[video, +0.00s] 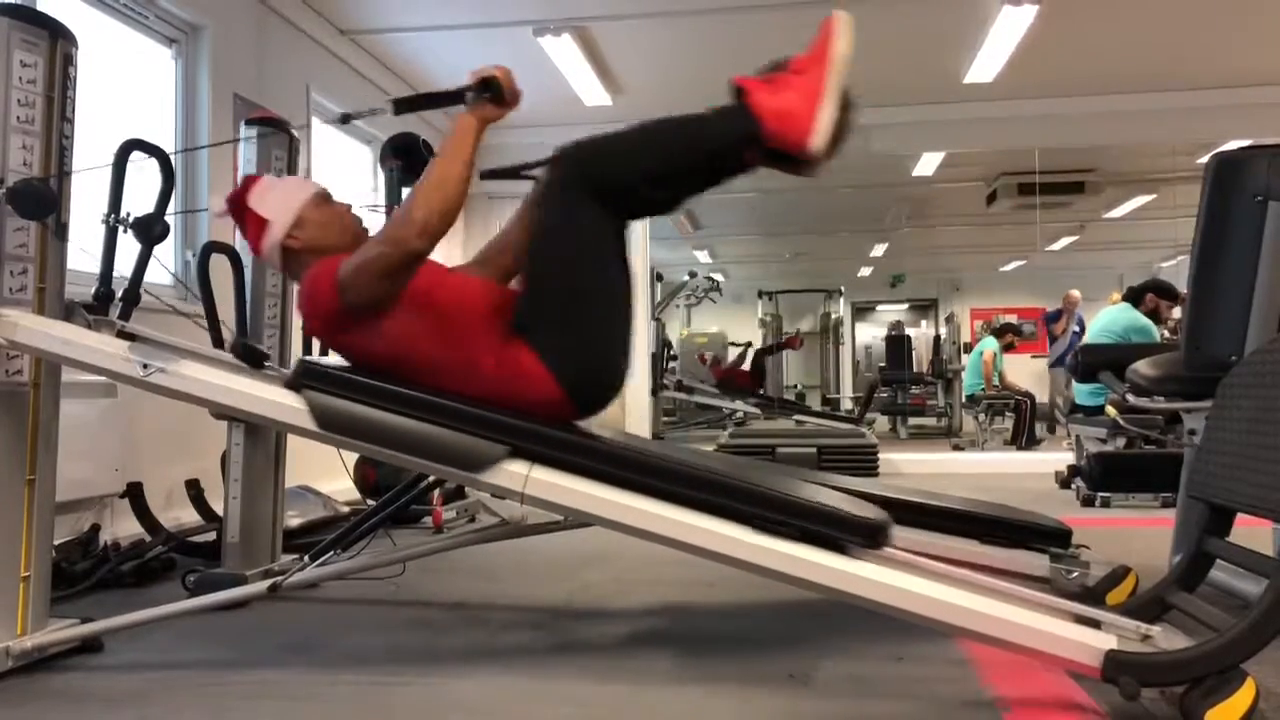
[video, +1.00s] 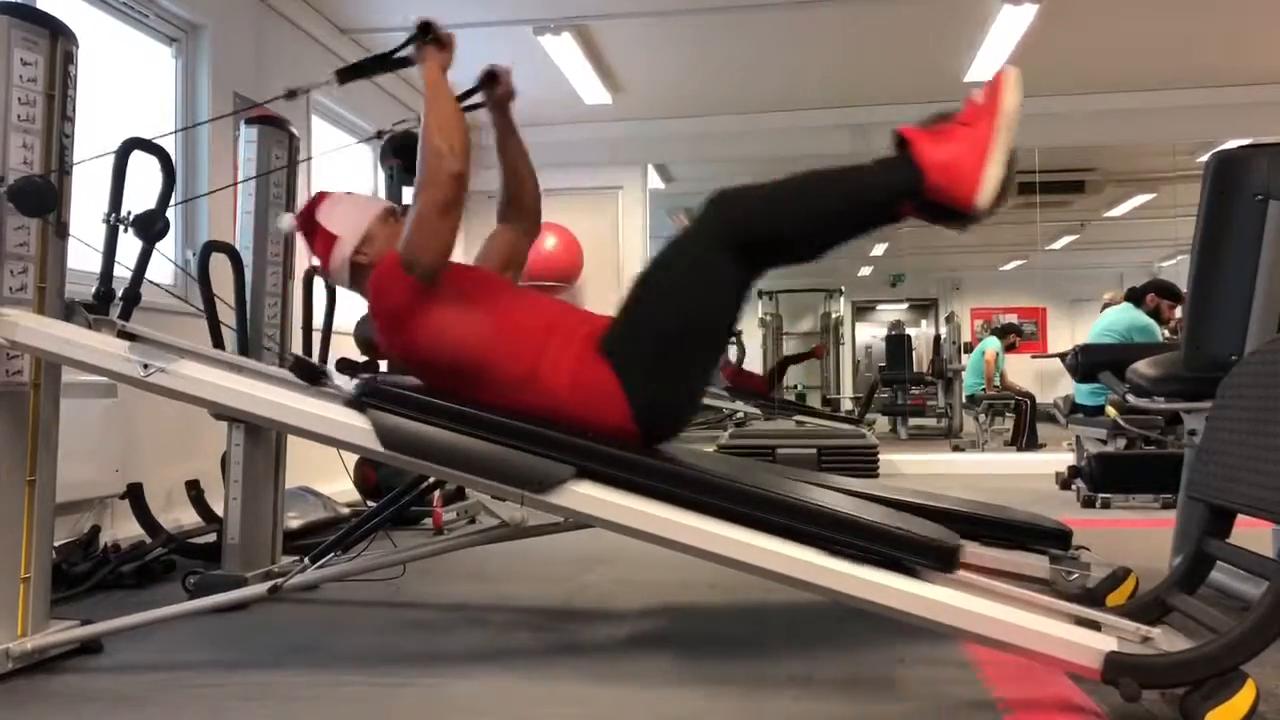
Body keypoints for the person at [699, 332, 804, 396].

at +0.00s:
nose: (720, 362)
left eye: (718, 361)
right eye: (717, 362)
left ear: (715, 366)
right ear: (715, 365)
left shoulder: (723, 374)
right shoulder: (721, 375)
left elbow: (737, 362)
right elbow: (738, 362)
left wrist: (745, 348)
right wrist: (746, 348)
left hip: (753, 382)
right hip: (754, 382)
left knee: (760, 354)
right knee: (759, 354)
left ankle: (789, 343)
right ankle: (789, 344)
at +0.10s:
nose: (715, 356)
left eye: (713, 354)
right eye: (712, 355)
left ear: (706, 361)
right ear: (710, 358)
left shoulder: (716, 369)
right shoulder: (715, 369)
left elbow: (733, 364)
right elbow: (733, 364)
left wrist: (745, 356)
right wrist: (745, 356)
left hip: (746, 380)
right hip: (748, 381)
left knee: (749, 352)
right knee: (749, 352)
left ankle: (778, 341)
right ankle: (778, 341)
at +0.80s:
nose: (718, 355)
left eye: (715, 354)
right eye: (715, 355)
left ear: (710, 362)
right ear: (714, 359)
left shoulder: (719, 371)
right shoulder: (721, 370)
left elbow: (735, 358)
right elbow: (738, 357)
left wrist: (742, 345)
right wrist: (747, 343)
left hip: (751, 385)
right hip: (755, 383)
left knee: (764, 357)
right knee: (764, 355)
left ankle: (793, 345)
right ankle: (794, 346)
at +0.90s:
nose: (719, 356)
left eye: (716, 355)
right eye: (716, 356)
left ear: (713, 364)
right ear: (716, 360)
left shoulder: (726, 370)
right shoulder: (725, 372)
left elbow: (739, 356)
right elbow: (739, 356)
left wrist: (741, 340)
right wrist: (742, 339)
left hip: (759, 382)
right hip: (761, 385)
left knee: (773, 359)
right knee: (774, 358)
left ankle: (803, 350)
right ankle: (804, 350)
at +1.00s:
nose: (729, 359)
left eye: (727, 357)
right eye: (726, 358)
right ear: (724, 361)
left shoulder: (730, 374)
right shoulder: (730, 373)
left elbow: (740, 355)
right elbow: (741, 355)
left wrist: (737, 339)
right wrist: (738, 338)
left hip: (765, 389)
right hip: (766, 385)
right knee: (784, 362)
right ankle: (813, 353)